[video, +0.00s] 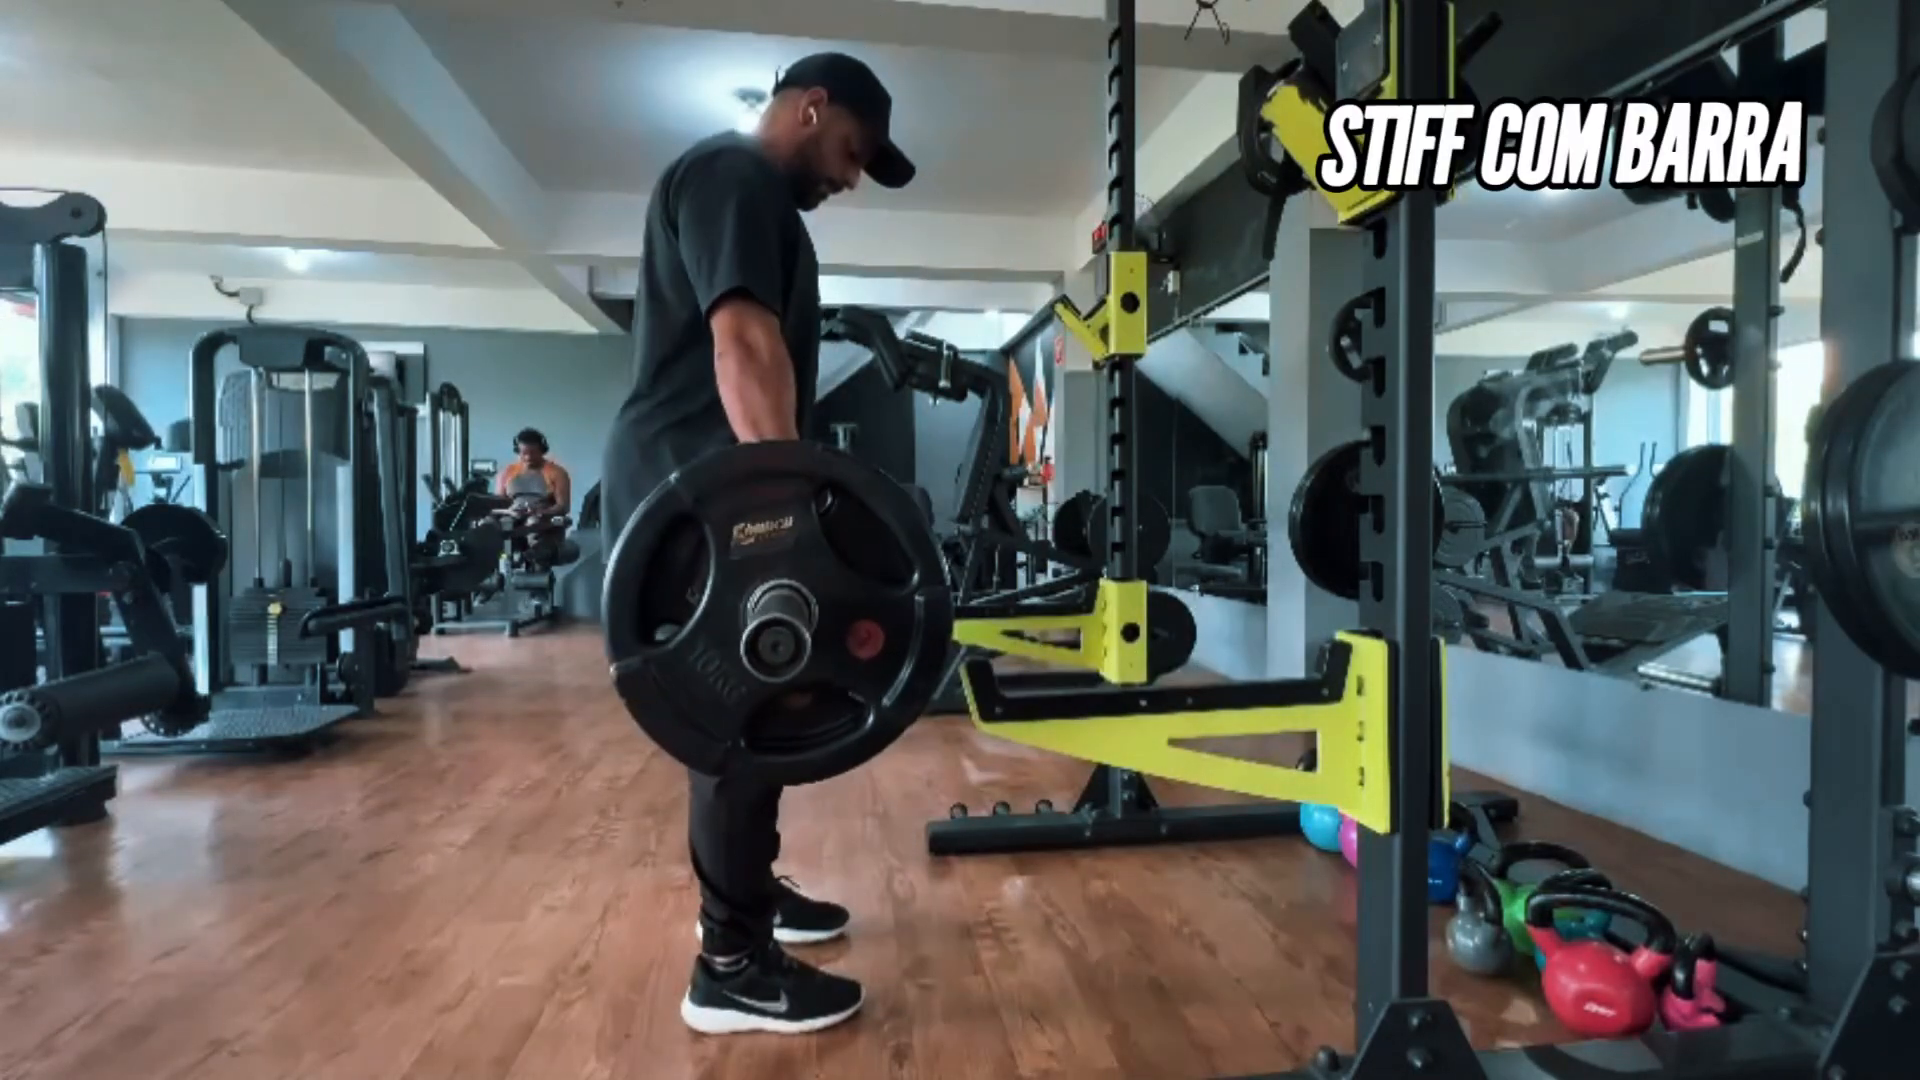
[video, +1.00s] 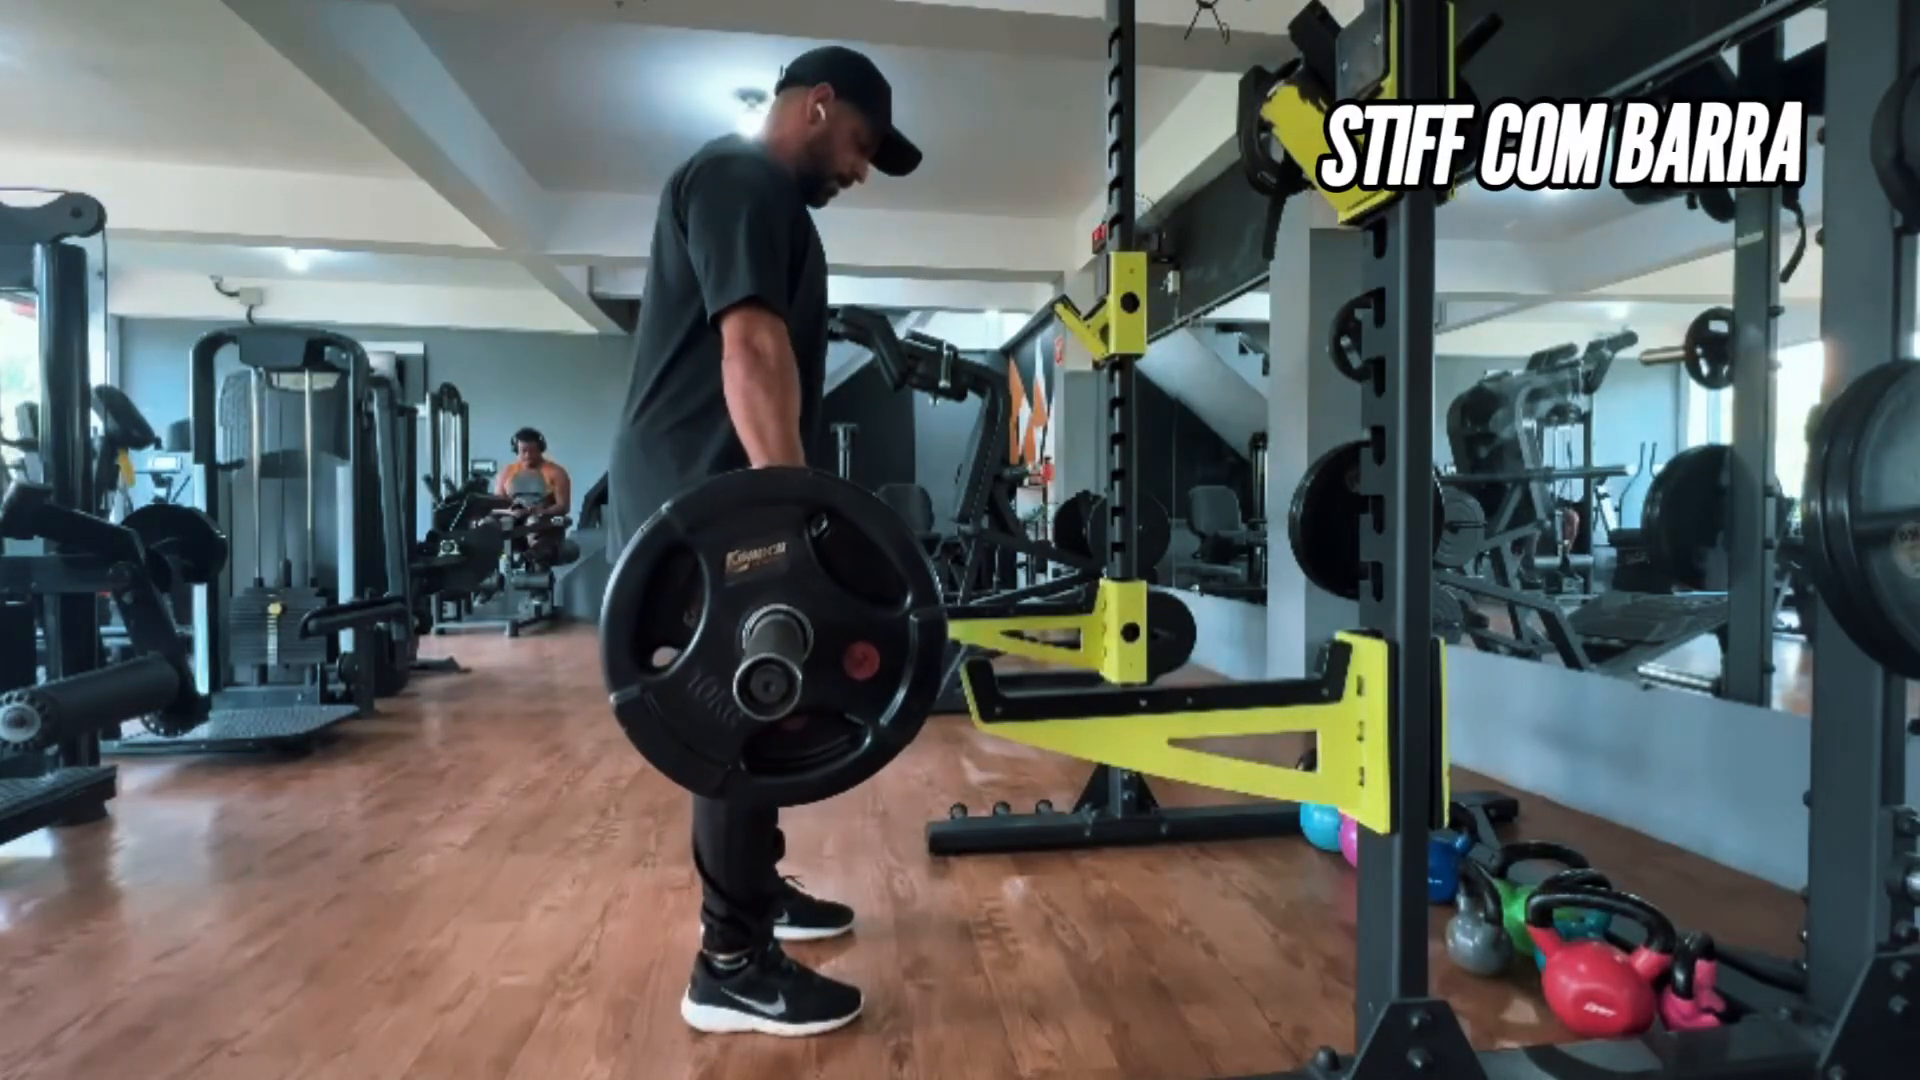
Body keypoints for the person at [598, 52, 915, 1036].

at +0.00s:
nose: (848, 180)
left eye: (858, 168)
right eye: (850, 155)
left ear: (802, 114)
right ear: (809, 109)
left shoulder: (754, 194)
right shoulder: (729, 169)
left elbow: (757, 357)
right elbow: (742, 340)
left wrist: (795, 499)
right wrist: (786, 510)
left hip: (715, 491)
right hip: (697, 491)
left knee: (756, 693)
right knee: (736, 708)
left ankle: (747, 886)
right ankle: (730, 961)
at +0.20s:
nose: (854, 181)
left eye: (865, 169)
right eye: (857, 155)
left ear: (809, 115)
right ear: (816, 109)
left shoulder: (756, 194)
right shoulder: (733, 174)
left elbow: (759, 358)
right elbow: (744, 342)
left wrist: (792, 504)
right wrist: (780, 514)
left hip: (715, 498)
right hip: (700, 498)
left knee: (756, 694)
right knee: (735, 709)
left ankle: (748, 886)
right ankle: (729, 962)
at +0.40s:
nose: (858, 180)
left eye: (869, 167)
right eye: (862, 154)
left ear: (813, 114)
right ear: (820, 109)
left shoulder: (763, 193)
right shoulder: (736, 173)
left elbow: (764, 355)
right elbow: (747, 343)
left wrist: (796, 503)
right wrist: (790, 510)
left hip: (726, 502)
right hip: (707, 503)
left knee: (757, 699)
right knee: (738, 712)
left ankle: (749, 890)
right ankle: (730, 963)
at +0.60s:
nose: (853, 173)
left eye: (864, 159)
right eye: (854, 147)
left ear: (802, 112)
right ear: (809, 105)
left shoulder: (756, 195)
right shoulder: (732, 173)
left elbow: (758, 357)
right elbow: (745, 341)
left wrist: (799, 497)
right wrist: (796, 505)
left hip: (715, 488)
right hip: (700, 489)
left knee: (756, 694)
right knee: (743, 707)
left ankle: (751, 882)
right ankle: (734, 960)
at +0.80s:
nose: (857, 176)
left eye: (866, 162)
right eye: (858, 150)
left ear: (807, 112)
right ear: (815, 107)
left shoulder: (751, 190)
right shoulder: (735, 178)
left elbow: (752, 360)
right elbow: (748, 348)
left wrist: (789, 502)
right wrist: (790, 508)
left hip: (716, 494)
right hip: (709, 497)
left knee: (753, 697)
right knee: (738, 708)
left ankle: (750, 886)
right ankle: (728, 961)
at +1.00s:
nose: (856, 174)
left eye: (866, 160)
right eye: (857, 148)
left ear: (807, 113)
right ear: (815, 106)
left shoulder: (758, 193)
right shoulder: (738, 175)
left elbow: (759, 361)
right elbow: (752, 349)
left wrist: (795, 503)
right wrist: (797, 508)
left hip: (717, 494)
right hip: (706, 496)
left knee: (754, 697)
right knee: (741, 708)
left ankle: (750, 883)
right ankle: (732, 962)